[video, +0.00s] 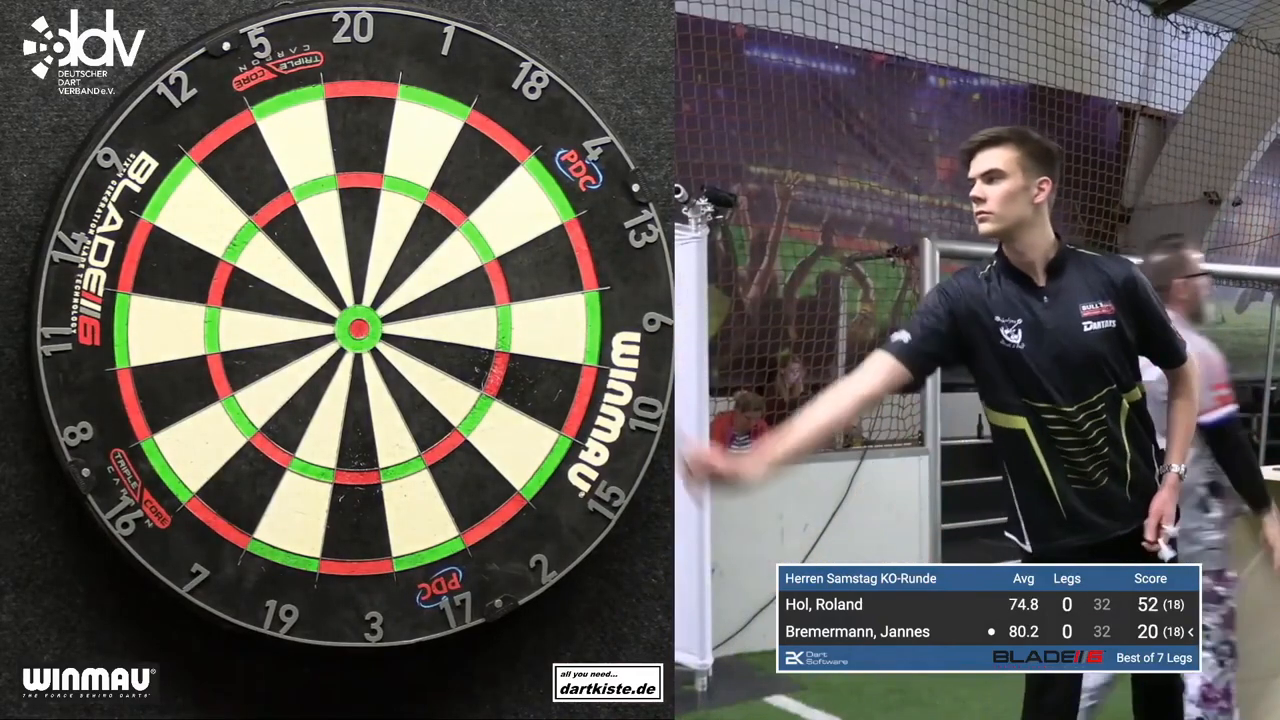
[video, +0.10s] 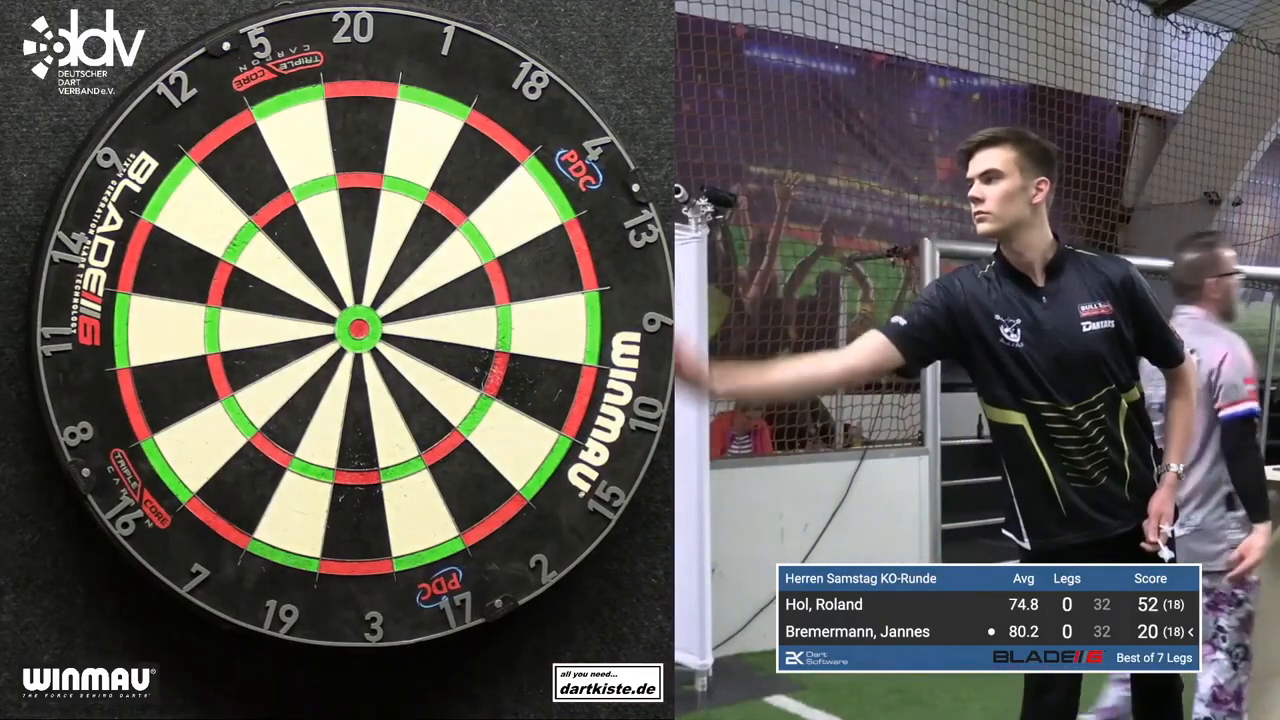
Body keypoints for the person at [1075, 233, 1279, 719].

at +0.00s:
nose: (1209, 284)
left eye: (1205, 275)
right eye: (1200, 276)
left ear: (1164, 288)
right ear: (1179, 286)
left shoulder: (1128, 345)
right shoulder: (1196, 352)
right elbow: (1225, 438)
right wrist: (1264, 508)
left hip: (1137, 504)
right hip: (1195, 511)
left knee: (1113, 629)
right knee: (1211, 626)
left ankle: (1080, 703)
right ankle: (1209, 709)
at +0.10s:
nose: (1239, 283)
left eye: (1236, 274)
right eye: (1231, 275)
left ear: (1186, 284)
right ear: (1212, 284)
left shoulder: (1152, 341)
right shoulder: (1227, 349)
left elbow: (1136, 434)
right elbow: (1239, 447)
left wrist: (1144, 507)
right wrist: (1261, 519)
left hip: (1157, 526)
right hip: (1217, 531)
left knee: (1142, 657)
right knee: (1224, 653)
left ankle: (1103, 714)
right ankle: (1218, 716)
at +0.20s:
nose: (1258, 283)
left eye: (1256, 273)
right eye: (1252, 274)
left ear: (1207, 284)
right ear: (1229, 284)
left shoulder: (1179, 339)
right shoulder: (1235, 344)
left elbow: (1158, 429)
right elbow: (1240, 437)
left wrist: (1163, 505)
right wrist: (1256, 519)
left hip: (1187, 524)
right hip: (1226, 528)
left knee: (1207, 650)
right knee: (1231, 656)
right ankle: (1221, 715)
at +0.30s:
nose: (1276, 282)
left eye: (1273, 272)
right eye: (1270, 273)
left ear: (1232, 283)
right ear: (1244, 283)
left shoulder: (1209, 336)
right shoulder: (1239, 337)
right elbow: (1234, 421)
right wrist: (1260, 515)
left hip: (1206, 530)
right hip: (1232, 534)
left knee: (1219, 667)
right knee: (1232, 671)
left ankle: (1212, 713)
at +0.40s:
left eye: (1279, 274)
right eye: (1278, 274)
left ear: (1256, 284)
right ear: (1258, 284)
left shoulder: (1255, 336)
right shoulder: (1242, 339)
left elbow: (1242, 429)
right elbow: (1239, 427)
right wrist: (1266, 508)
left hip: (1252, 537)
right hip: (1236, 540)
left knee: (1254, 667)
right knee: (1234, 671)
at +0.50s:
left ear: (1263, 286)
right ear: (1264, 286)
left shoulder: (1262, 345)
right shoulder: (1240, 346)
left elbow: (1249, 433)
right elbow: (1246, 433)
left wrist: (1267, 506)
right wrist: (1270, 508)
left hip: (1258, 534)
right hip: (1239, 536)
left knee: (1243, 661)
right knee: (1237, 663)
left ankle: (1226, 713)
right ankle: (1222, 714)